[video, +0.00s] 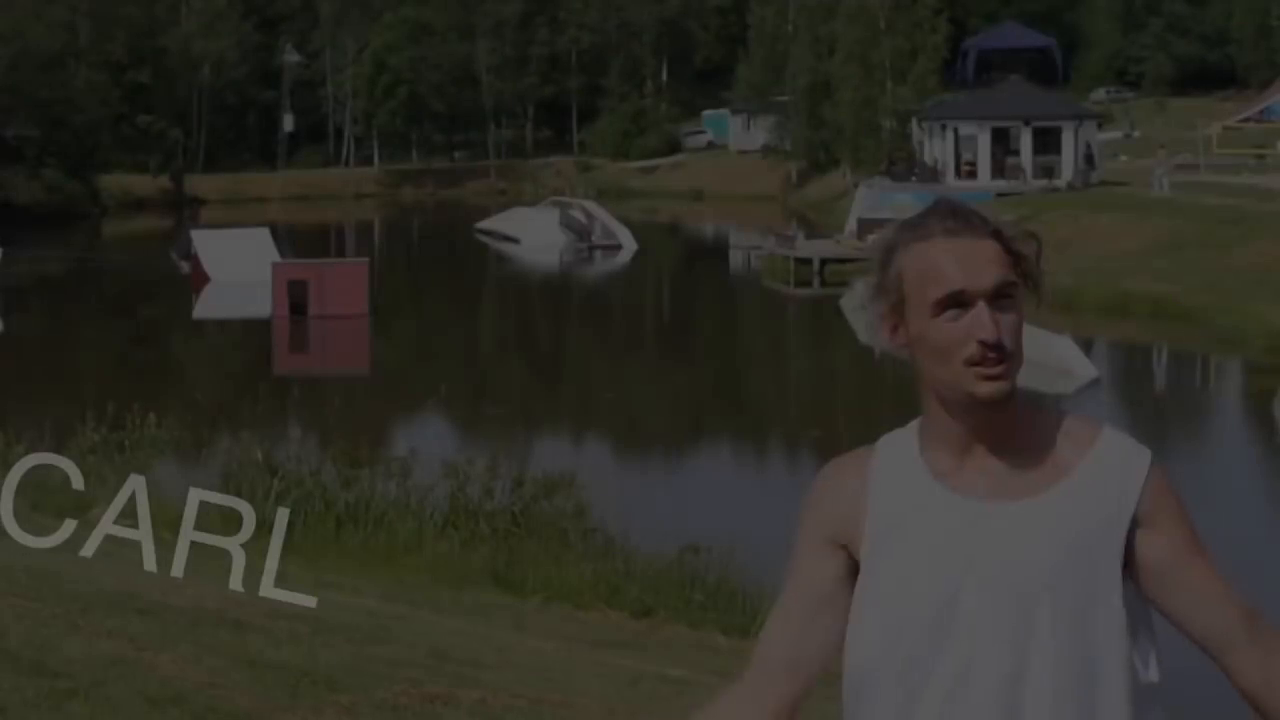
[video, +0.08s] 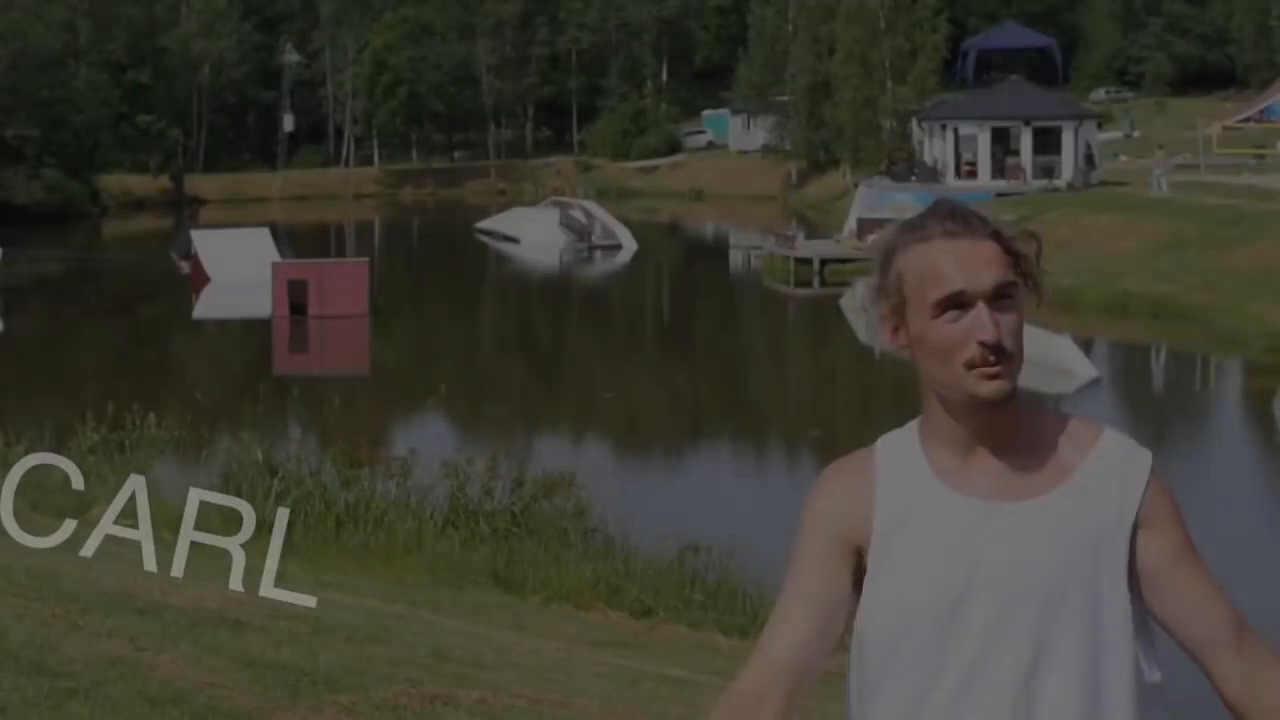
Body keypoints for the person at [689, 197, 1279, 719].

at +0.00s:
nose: (991, 329)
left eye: (1004, 300)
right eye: (954, 307)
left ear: (1024, 307)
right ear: (898, 331)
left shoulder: (1120, 476)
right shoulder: (851, 493)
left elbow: (1246, 646)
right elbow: (763, 695)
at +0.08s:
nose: (991, 329)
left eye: (1003, 299)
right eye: (955, 308)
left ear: (1024, 308)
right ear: (898, 330)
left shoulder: (1121, 476)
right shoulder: (854, 495)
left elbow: (1236, 656)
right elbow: (767, 690)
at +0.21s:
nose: (991, 330)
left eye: (1003, 297)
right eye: (954, 308)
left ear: (1024, 306)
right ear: (898, 331)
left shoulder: (1111, 471)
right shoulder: (859, 482)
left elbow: (1215, 665)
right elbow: (804, 690)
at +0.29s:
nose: (1001, 324)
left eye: (1011, 294)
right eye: (964, 301)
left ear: (1029, 302)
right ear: (900, 326)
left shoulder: (1102, 469)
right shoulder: (860, 477)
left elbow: (1196, 668)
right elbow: (869, 687)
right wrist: (1077, 717)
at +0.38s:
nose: (1017, 320)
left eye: (1025, 292)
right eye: (982, 298)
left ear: (1039, 297)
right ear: (910, 323)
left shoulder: (1094, 470)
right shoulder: (859, 478)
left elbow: (1175, 662)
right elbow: (914, 686)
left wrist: (1215, 712)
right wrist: (1149, 705)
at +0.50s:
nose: (1043, 322)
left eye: (1047, 295)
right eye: (1010, 298)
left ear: (1055, 297)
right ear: (929, 319)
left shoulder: (1079, 465)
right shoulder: (863, 476)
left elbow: (1139, 657)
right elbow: (929, 691)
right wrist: (1118, 718)